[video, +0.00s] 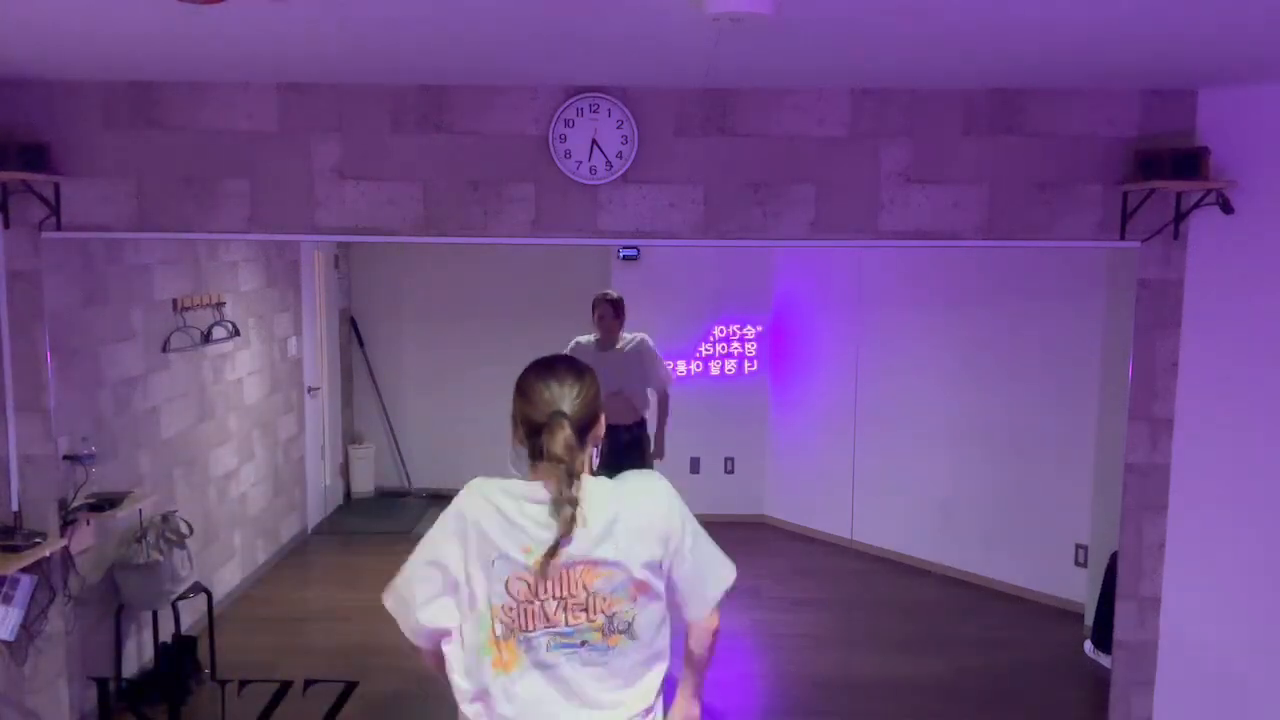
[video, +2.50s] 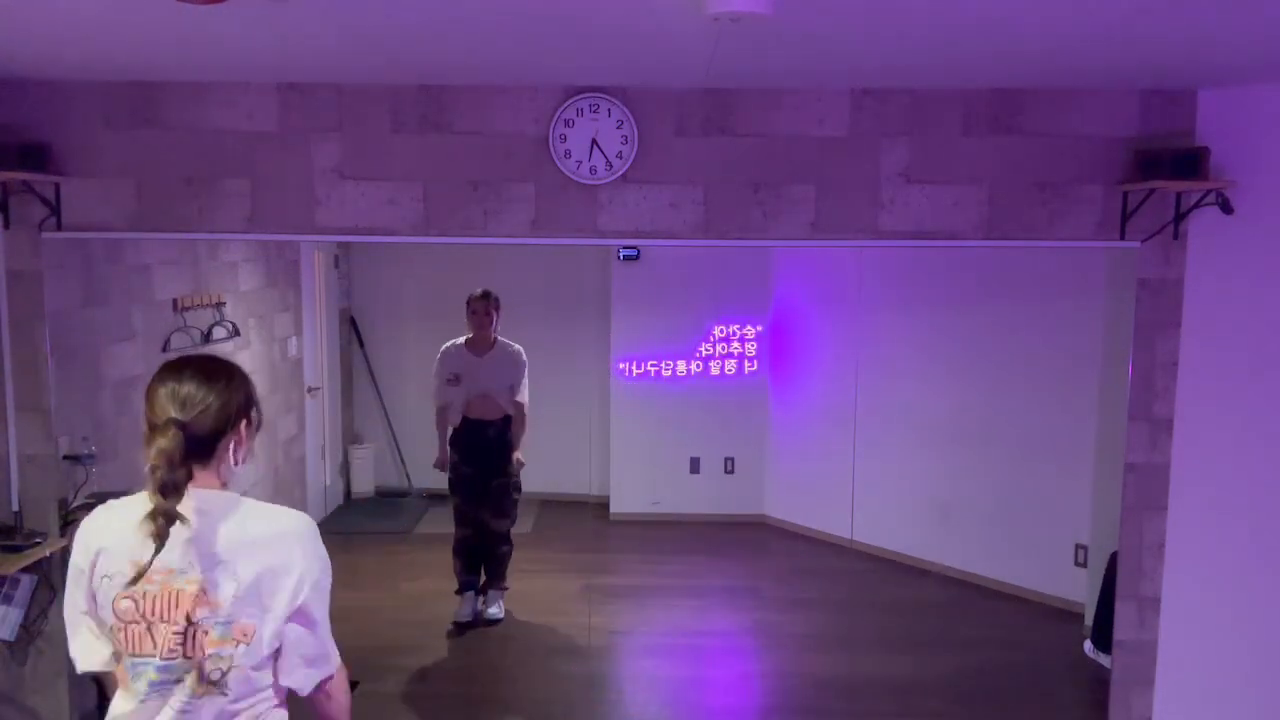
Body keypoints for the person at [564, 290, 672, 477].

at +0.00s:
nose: (603, 323)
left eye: (608, 317)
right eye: (599, 317)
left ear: (620, 318)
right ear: (593, 319)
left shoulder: (640, 345)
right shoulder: (579, 348)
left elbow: (662, 391)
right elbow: (565, 390)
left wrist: (659, 438)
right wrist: (570, 437)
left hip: (633, 436)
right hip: (595, 437)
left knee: (636, 500)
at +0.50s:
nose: (621, 381)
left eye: (627, 375)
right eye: (617, 375)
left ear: (637, 376)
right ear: (610, 375)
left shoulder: (654, 403)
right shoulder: (594, 404)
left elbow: (699, 432)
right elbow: (554, 434)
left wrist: (676, 439)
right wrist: (584, 444)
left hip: (642, 484)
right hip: (604, 482)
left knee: (652, 552)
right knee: (603, 542)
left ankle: (636, 596)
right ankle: (602, 598)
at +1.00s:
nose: (618, 330)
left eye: (624, 325)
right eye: (614, 324)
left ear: (635, 328)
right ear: (608, 325)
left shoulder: (651, 351)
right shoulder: (593, 347)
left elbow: (693, 367)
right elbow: (547, 356)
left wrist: (657, 393)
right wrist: (575, 388)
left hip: (639, 428)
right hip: (597, 424)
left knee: (650, 489)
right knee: (595, 487)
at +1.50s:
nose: (611, 359)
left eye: (618, 354)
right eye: (607, 352)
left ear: (627, 360)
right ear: (598, 354)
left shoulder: (636, 399)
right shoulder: (575, 388)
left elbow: (635, 454)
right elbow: (571, 443)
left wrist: (635, 499)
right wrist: (571, 489)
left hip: (617, 465)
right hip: (580, 464)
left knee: (636, 533)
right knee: (526, 528)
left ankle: (627, 607)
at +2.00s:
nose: (508, 339)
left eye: (515, 335)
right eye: (508, 333)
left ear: (532, 340)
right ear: (505, 333)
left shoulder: (541, 375)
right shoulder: (494, 344)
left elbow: (565, 416)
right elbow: (478, 375)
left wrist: (604, 415)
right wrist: (514, 402)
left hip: (512, 452)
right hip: (476, 450)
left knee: (531, 530)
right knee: (439, 527)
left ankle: (563, 600)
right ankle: (464, 595)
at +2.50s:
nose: (480, 319)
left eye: (486, 314)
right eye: (474, 314)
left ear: (497, 317)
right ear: (467, 317)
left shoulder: (514, 355)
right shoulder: (451, 354)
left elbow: (521, 406)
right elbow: (442, 405)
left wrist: (515, 448)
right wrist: (442, 448)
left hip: (502, 439)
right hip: (466, 438)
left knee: (498, 519)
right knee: (465, 519)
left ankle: (494, 595)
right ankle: (467, 595)